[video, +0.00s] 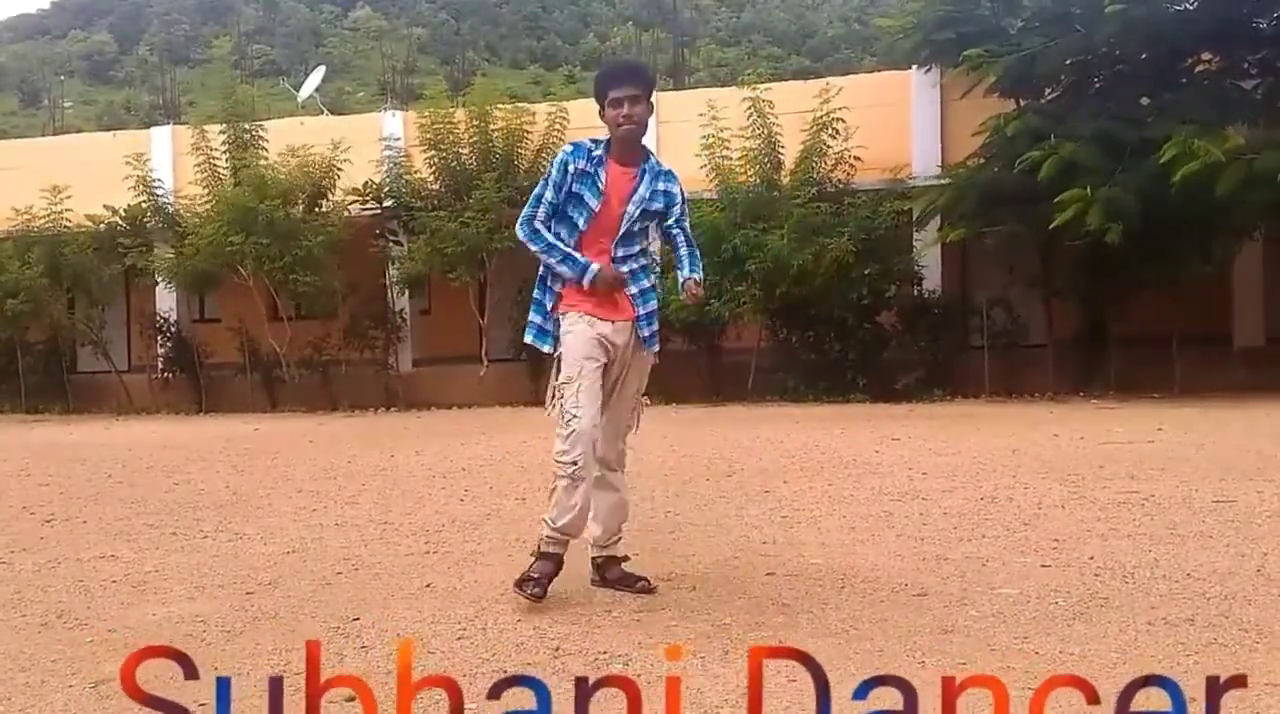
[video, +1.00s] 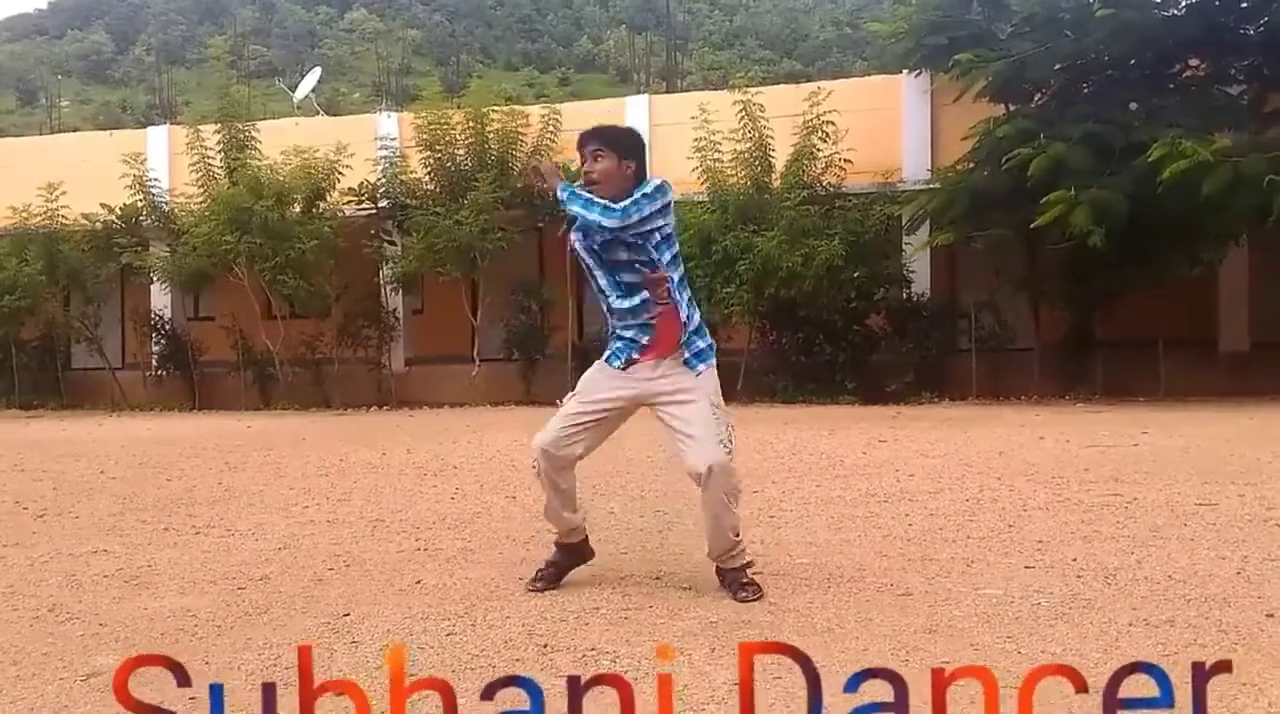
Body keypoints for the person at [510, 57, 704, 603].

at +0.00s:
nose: (628, 112)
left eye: (636, 102)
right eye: (617, 103)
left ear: (651, 107)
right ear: (602, 110)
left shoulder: (664, 182)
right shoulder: (573, 160)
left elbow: (682, 237)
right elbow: (530, 225)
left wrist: (690, 273)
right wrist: (586, 268)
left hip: (636, 320)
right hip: (581, 315)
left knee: (613, 445)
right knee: (581, 434)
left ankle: (606, 560)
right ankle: (552, 550)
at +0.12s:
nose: (619, 111)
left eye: (629, 101)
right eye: (609, 103)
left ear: (644, 106)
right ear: (596, 109)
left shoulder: (659, 178)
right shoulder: (568, 163)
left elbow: (664, 255)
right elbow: (532, 233)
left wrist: (599, 251)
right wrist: (507, 307)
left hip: (635, 325)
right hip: (576, 319)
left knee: (614, 449)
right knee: (567, 437)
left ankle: (608, 559)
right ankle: (554, 546)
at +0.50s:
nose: (578, 112)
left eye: (587, 102)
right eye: (569, 104)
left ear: (604, 108)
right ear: (557, 113)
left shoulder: (630, 158)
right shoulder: (555, 176)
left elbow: (626, 238)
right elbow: (536, 248)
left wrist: (564, 289)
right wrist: (502, 318)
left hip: (636, 320)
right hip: (578, 324)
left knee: (657, 438)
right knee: (566, 445)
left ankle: (678, 551)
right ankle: (570, 555)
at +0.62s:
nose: (577, 118)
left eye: (586, 107)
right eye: (567, 111)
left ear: (605, 111)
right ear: (557, 119)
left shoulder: (633, 159)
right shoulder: (559, 181)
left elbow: (659, 233)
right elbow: (531, 239)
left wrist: (637, 311)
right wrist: (496, 292)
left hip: (649, 331)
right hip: (586, 335)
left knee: (677, 446)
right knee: (571, 449)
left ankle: (702, 558)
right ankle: (569, 556)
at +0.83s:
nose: (593, 136)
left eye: (603, 124)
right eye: (584, 127)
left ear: (632, 124)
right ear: (579, 133)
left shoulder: (657, 163)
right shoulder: (576, 186)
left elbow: (666, 206)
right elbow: (571, 260)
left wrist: (593, 240)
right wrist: (574, 316)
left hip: (671, 335)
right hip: (607, 340)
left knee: (701, 442)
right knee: (564, 438)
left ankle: (731, 555)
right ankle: (572, 551)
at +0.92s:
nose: (607, 163)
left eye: (618, 152)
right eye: (601, 156)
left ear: (649, 160)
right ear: (597, 167)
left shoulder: (668, 200)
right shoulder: (596, 215)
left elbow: (615, 240)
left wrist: (545, 207)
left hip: (680, 358)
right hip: (620, 358)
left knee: (703, 462)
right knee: (559, 456)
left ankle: (733, 564)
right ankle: (576, 556)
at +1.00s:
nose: (587, 168)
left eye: (597, 158)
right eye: (583, 161)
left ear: (630, 165)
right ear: (585, 170)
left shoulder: (657, 197)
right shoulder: (588, 211)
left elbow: (613, 220)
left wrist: (561, 188)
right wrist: (556, 193)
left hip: (685, 358)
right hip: (623, 357)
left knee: (716, 466)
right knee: (550, 449)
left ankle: (731, 564)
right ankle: (572, 542)